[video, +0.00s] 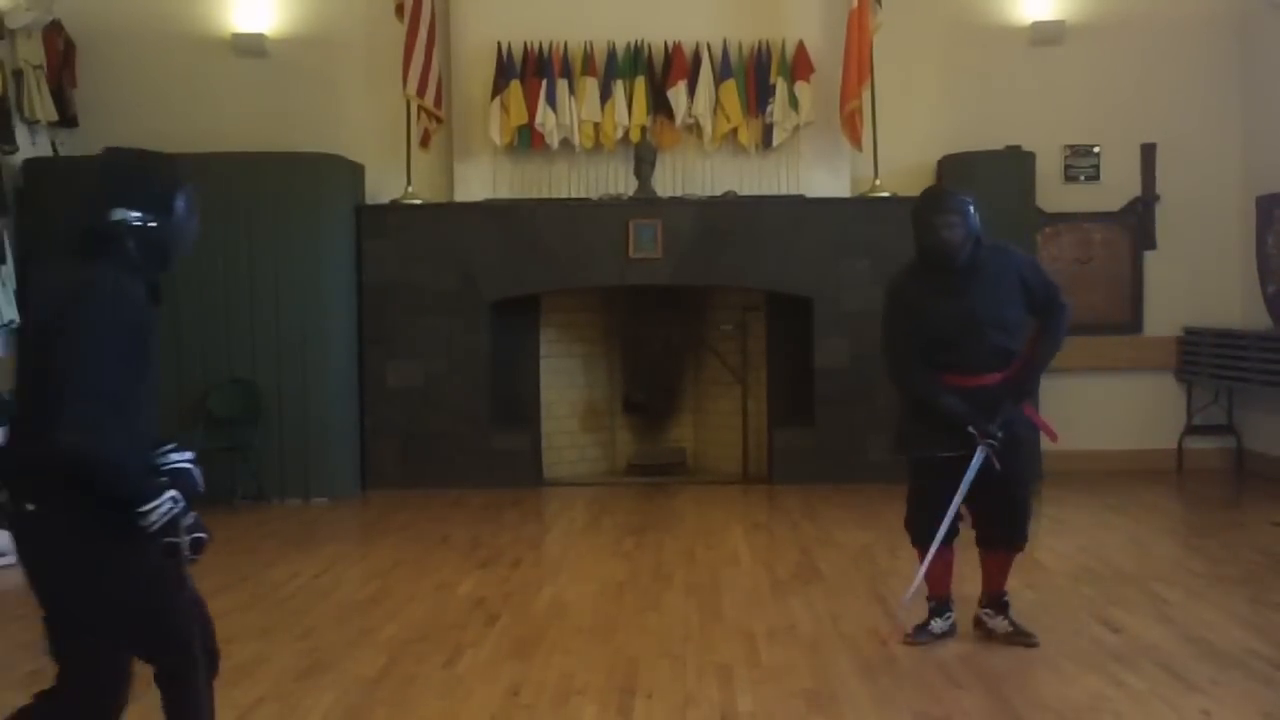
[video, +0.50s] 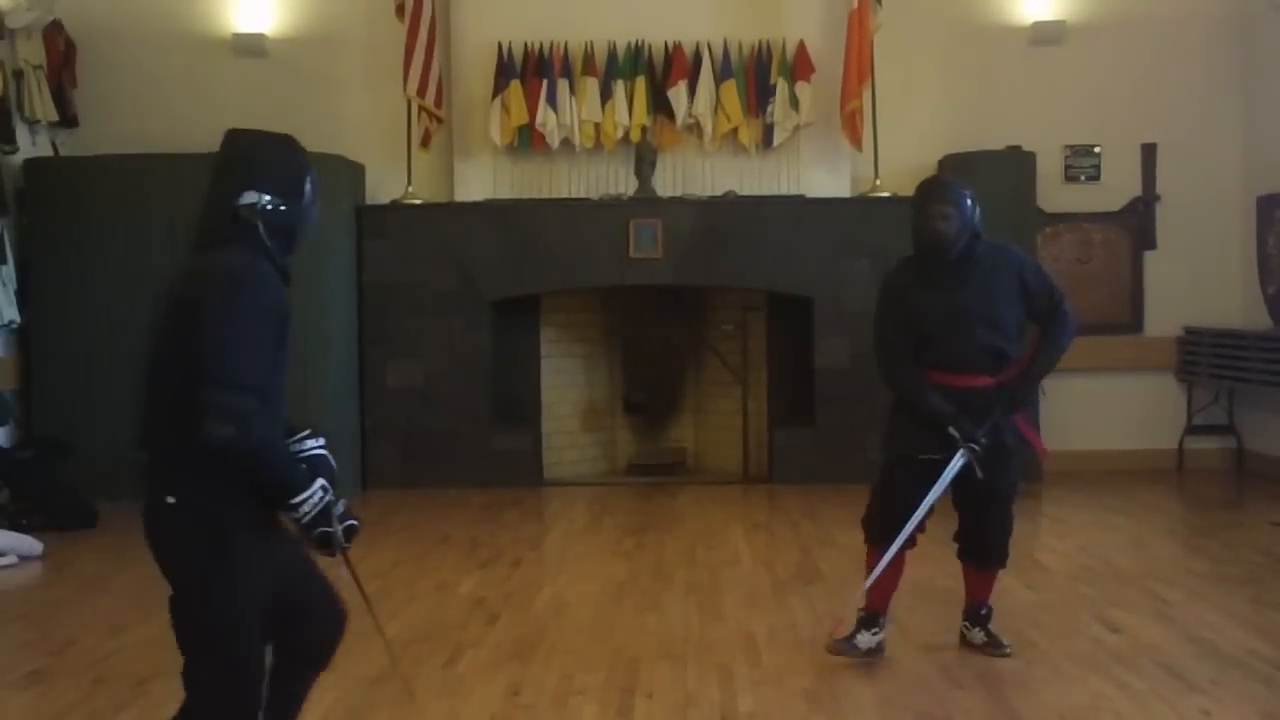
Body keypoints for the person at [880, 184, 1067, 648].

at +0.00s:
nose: (945, 238)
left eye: (953, 227)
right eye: (935, 229)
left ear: (973, 225)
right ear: (921, 232)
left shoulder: (1008, 267)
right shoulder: (908, 285)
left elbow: (1055, 313)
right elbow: (902, 365)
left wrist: (1019, 387)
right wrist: (958, 412)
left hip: (1004, 408)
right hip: (936, 410)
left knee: (1007, 509)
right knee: (931, 514)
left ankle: (993, 609)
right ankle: (940, 613)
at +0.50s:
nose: (935, 227)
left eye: (946, 217)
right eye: (927, 217)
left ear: (970, 219)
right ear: (915, 221)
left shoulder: (1010, 267)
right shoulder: (903, 280)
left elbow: (1060, 323)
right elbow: (893, 362)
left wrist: (1018, 390)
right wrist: (949, 417)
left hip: (994, 410)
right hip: (924, 408)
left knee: (989, 521)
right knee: (889, 512)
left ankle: (976, 622)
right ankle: (871, 626)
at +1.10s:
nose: (905, 222)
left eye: (916, 212)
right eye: (896, 212)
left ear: (938, 217)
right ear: (879, 219)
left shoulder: (966, 272)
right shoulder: (863, 282)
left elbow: (1015, 337)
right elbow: (852, 362)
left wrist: (976, 373)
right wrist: (915, 373)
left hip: (952, 425)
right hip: (885, 427)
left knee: (983, 526)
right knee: (872, 536)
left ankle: (972, 603)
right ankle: (860, 646)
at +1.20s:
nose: (917, 222)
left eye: (927, 212)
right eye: (908, 212)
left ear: (948, 217)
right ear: (892, 219)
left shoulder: (973, 273)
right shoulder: (878, 276)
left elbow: (1011, 333)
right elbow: (876, 340)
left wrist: (963, 339)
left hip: (956, 424)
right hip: (891, 425)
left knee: (997, 526)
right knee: (878, 535)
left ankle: (980, 615)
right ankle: (859, 648)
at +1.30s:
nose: (942, 227)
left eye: (952, 216)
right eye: (930, 216)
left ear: (969, 219)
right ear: (913, 220)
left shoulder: (986, 268)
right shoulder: (894, 271)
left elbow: (1019, 312)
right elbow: (895, 307)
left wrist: (968, 303)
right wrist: (932, 259)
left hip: (973, 423)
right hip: (911, 423)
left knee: (999, 528)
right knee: (892, 533)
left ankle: (971, 624)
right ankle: (851, 645)